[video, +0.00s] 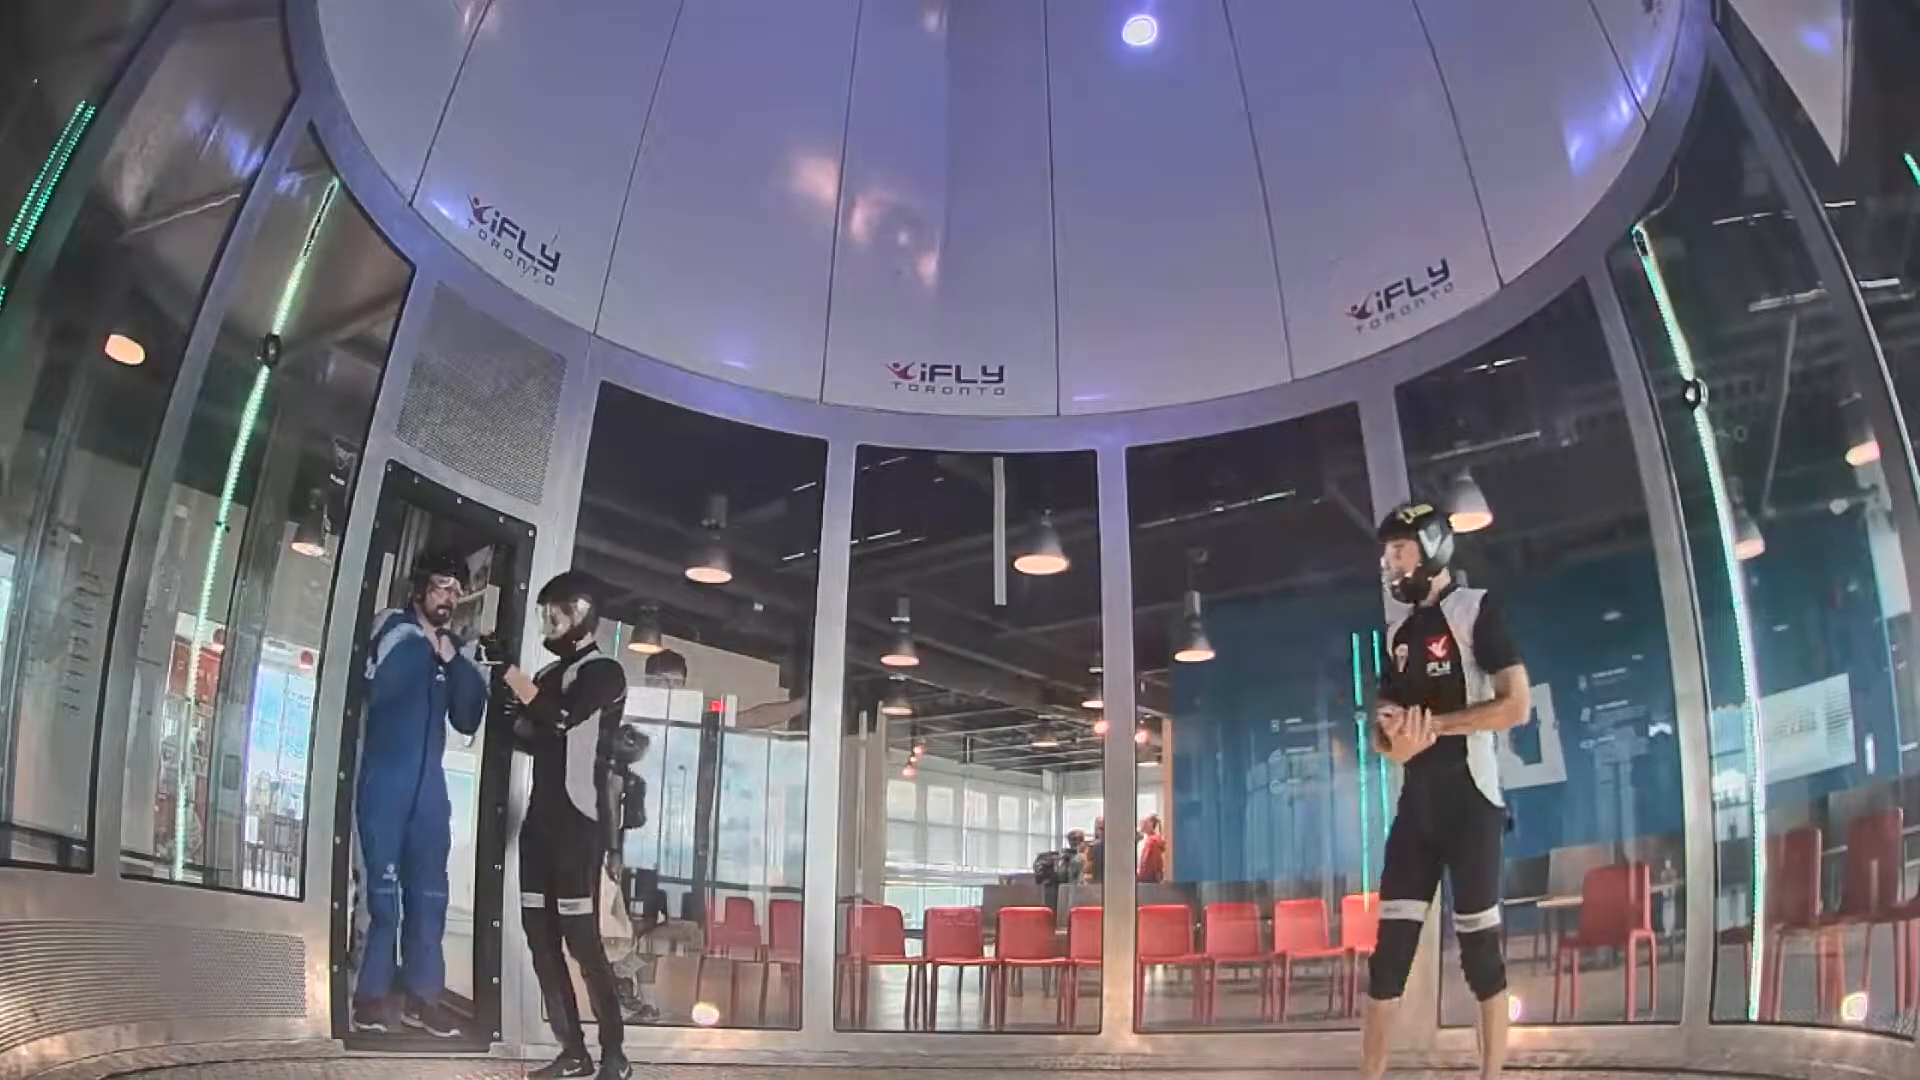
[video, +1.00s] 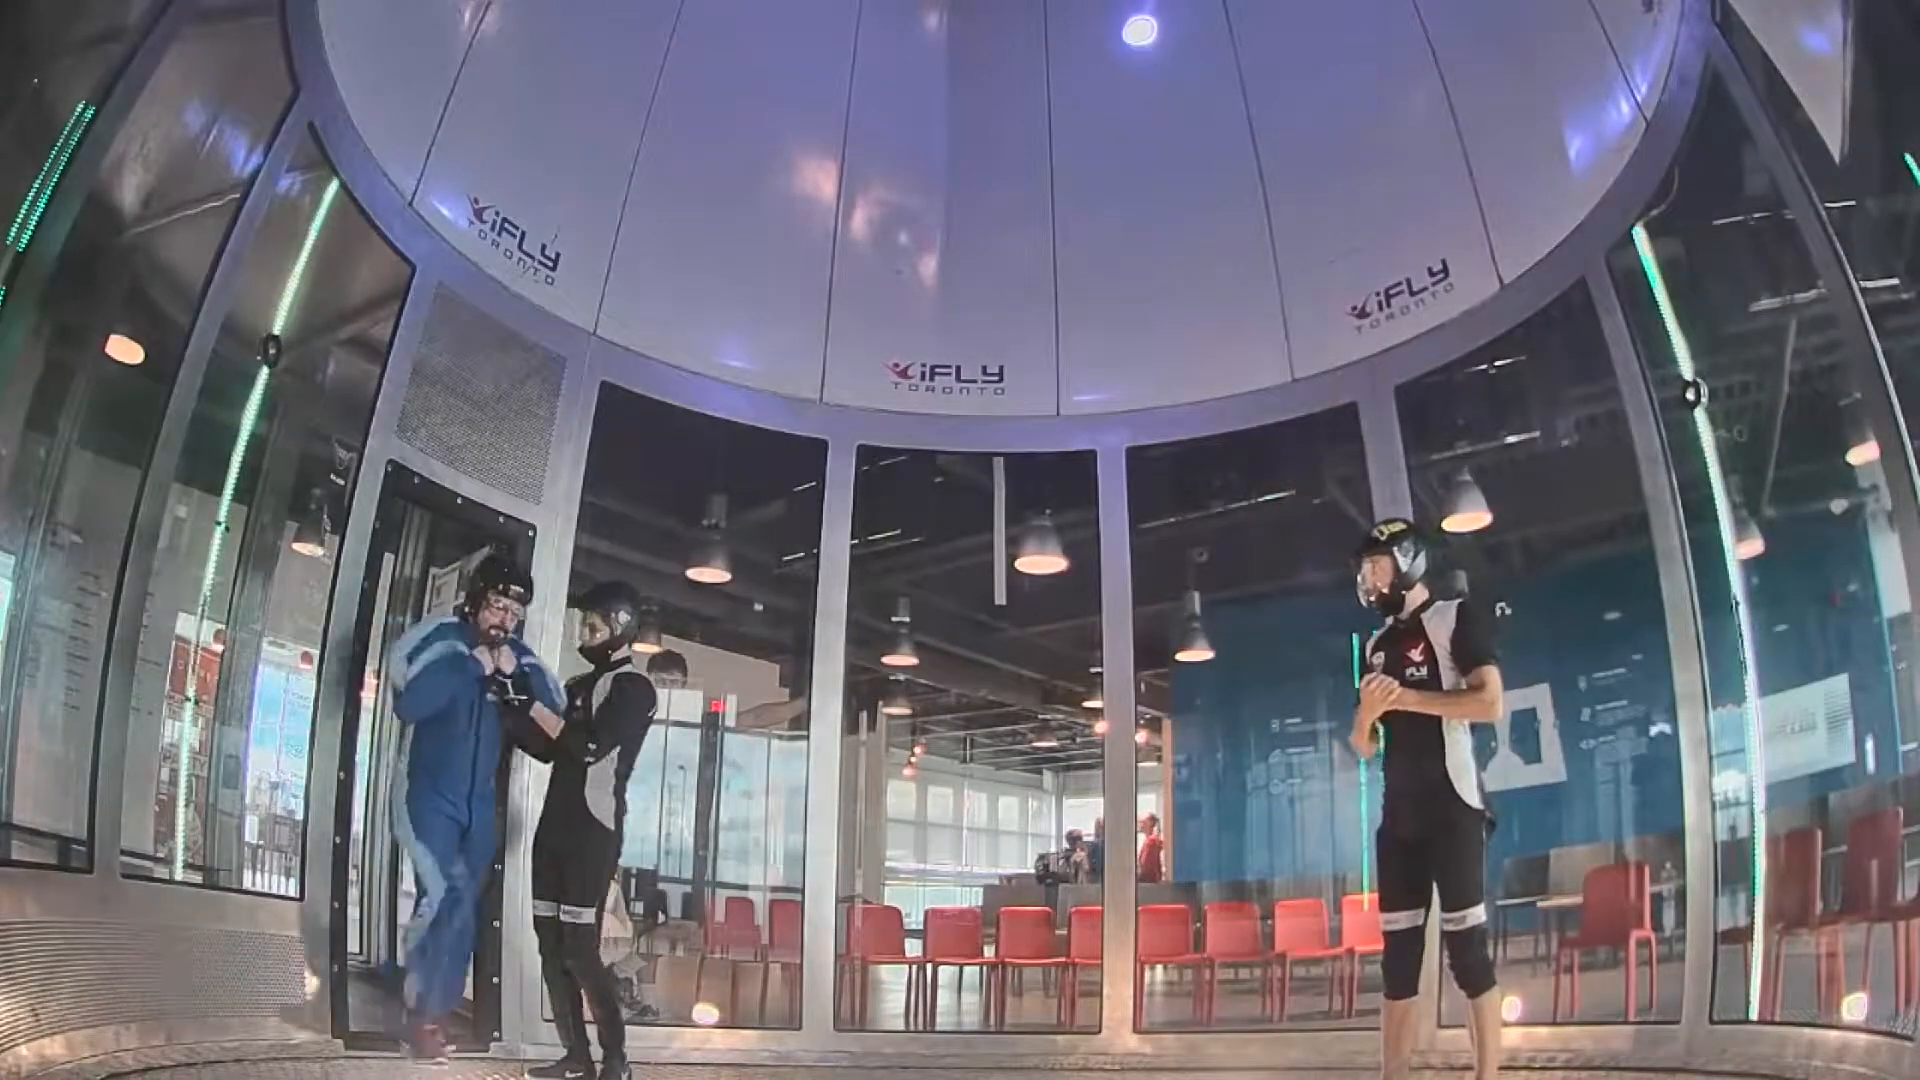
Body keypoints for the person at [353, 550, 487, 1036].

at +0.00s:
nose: (445, 598)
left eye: (454, 592)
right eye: (438, 587)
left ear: (460, 601)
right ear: (419, 591)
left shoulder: (457, 648)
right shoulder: (393, 629)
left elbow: (468, 719)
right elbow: (377, 691)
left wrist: (455, 659)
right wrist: (419, 640)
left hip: (429, 780)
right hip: (384, 777)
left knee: (430, 889)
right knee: (384, 889)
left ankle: (423, 998)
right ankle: (372, 999)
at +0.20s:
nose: (445, 600)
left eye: (453, 593)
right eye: (438, 589)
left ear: (461, 598)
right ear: (419, 588)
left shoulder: (458, 646)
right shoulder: (393, 625)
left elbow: (468, 719)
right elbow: (386, 691)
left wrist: (460, 655)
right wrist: (420, 635)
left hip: (425, 778)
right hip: (379, 775)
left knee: (433, 885)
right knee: (376, 887)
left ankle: (425, 997)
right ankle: (368, 1000)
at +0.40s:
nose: (459, 601)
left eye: (468, 594)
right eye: (453, 590)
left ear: (474, 600)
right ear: (433, 588)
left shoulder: (473, 650)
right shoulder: (404, 623)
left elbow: (480, 721)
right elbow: (391, 686)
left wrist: (470, 660)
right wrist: (433, 639)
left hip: (433, 779)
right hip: (384, 773)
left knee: (428, 886)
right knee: (377, 885)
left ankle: (427, 1001)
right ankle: (368, 1001)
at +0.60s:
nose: (470, 601)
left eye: (479, 594)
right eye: (463, 590)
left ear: (486, 600)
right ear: (444, 589)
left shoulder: (489, 649)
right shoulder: (415, 628)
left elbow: (507, 718)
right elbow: (397, 688)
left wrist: (485, 657)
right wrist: (442, 640)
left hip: (452, 784)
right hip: (402, 777)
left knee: (435, 891)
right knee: (388, 887)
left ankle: (427, 1001)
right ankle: (370, 1000)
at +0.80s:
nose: (487, 604)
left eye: (496, 597)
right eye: (479, 592)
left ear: (503, 605)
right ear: (459, 592)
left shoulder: (502, 649)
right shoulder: (427, 633)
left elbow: (531, 708)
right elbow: (399, 691)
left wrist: (496, 658)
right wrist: (453, 645)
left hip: (471, 788)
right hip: (422, 781)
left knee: (446, 894)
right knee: (420, 886)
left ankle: (431, 1000)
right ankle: (388, 992)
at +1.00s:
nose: (503, 619)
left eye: (513, 611)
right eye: (496, 606)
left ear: (521, 615)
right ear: (473, 603)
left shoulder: (518, 656)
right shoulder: (443, 641)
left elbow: (555, 713)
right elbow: (408, 705)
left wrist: (513, 672)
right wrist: (470, 661)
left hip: (484, 798)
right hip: (432, 792)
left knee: (464, 900)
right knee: (449, 890)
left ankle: (436, 1016)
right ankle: (423, 1013)